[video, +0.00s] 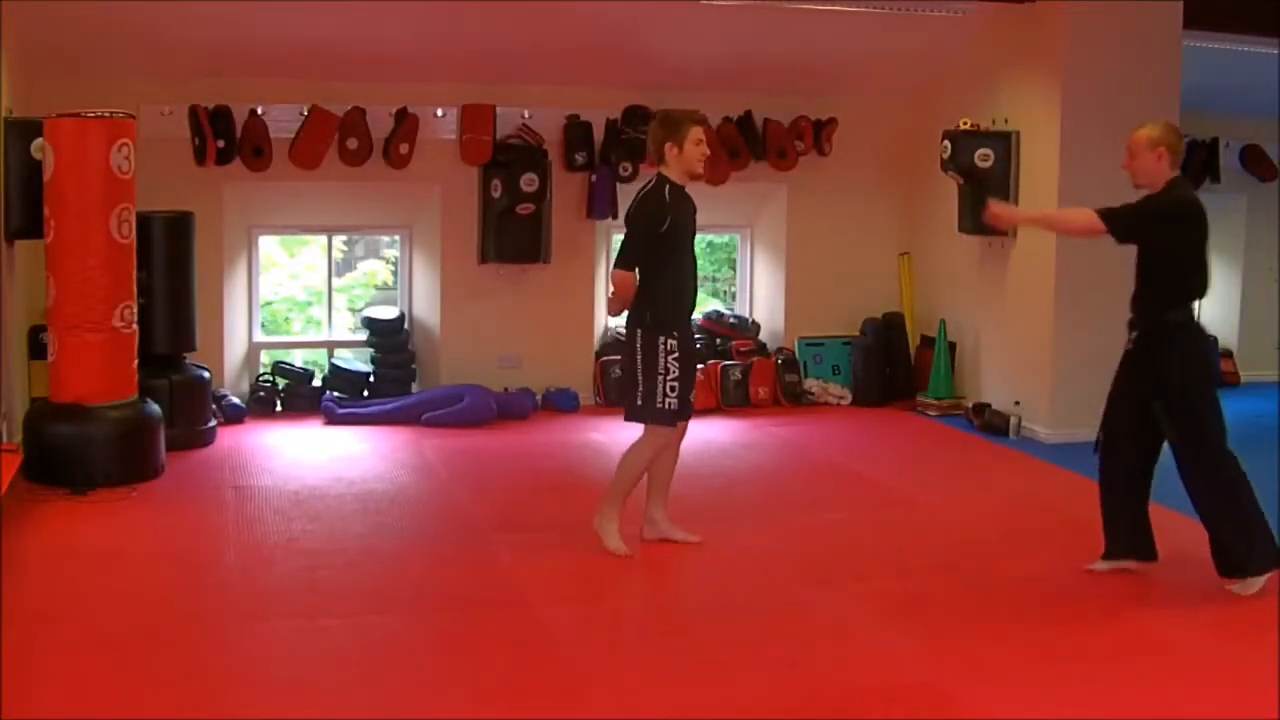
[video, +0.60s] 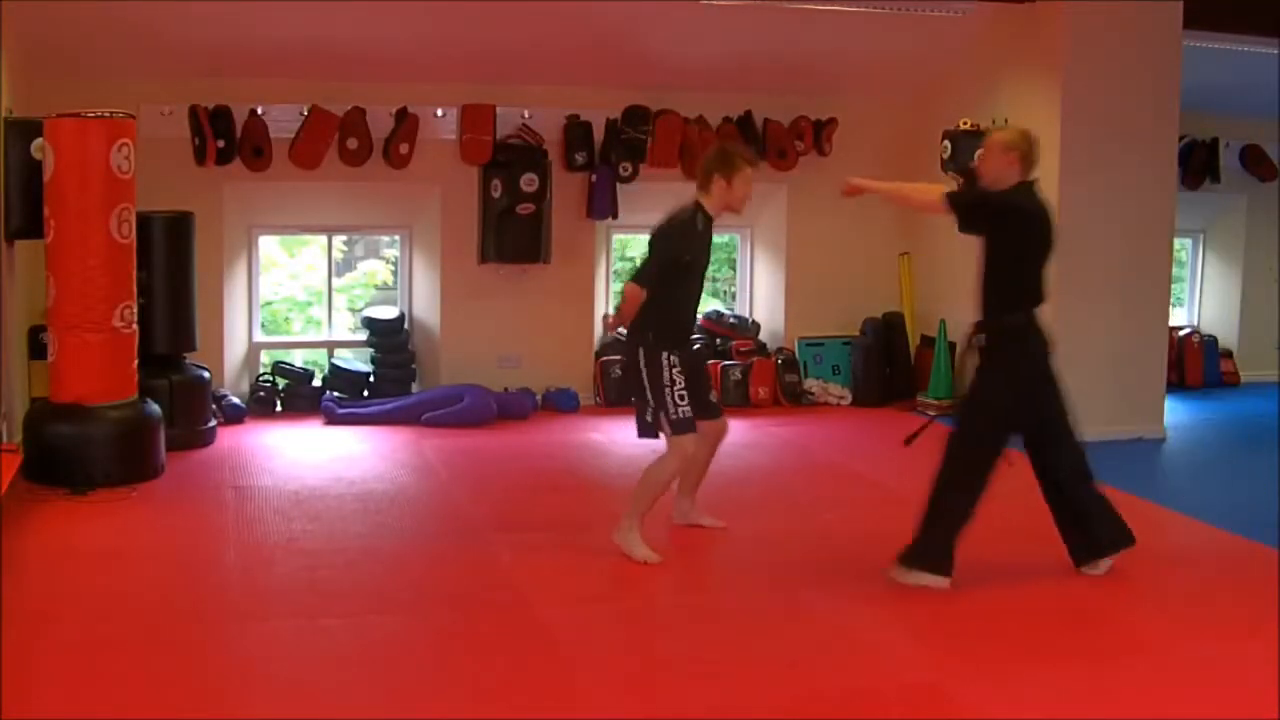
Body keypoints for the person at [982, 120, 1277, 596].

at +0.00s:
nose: (1126, 164)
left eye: (1132, 154)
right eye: (1127, 155)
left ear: (1161, 157)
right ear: (1161, 158)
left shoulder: (1174, 206)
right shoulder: (1168, 204)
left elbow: (1090, 223)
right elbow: (1095, 223)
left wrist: (1017, 216)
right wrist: (1022, 218)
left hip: (1176, 347)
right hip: (1148, 346)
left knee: (1204, 455)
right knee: (1121, 445)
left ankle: (1255, 558)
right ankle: (1128, 548)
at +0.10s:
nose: (1112, 168)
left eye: (1119, 160)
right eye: (1114, 159)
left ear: (1147, 164)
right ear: (1148, 166)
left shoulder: (1150, 212)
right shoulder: (1161, 210)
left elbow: (1068, 210)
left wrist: (1003, 195)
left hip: (1149, 352)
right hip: (1133, 351)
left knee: (1178, 458)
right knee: (1107, 454)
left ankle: (1248, 555)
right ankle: (1120, 558)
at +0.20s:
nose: (1091, 167)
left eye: (1098, 159)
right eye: (1093, 159)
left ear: (1126, 165)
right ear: (1126, 166)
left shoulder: (1129, 211)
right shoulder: (1132, 209)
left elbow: (1045, 202)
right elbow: (1046, 202)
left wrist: (977, 184)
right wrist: (982, 186)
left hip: (1126, 346)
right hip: (1112, 343)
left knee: (1127, 453)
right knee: (1098, 451)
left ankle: (1217, 542)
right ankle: (1115, 559)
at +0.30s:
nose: (1069, 154)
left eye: (1076, 147)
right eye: (1071, 146)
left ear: (1102, 154)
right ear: (1103, 154)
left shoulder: (1104, 200)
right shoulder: (1108, 198)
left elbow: (1023, 193)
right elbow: (1028, 194)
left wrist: (954, 176)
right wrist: (969, 178)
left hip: (1097, 337)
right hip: (1098, 333)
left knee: (1088, 445)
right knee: (1091, 444)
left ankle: (1146, 539)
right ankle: (1108, 553)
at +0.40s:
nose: (1042, 145)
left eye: (1050, 138)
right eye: (1046, 137)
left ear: (1076, 146)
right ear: (1079, 147)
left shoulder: (1076, 191)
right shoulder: (1087, 191)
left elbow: (1002, 187)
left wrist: (931, 176)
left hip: (1073, 328)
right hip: (1084, 325)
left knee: (1043, 439)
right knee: (1092, 436)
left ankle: (1077, 549)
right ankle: (1111, 545)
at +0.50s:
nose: (1011, 147)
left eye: (1021, 139)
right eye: (1015, 139)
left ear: (1047, 150)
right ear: (1047, 151)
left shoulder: (1046, 196)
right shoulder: (1054, 194)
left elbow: (967, 190)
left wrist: (899, 180)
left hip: (1047, 332)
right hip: (1054, 328)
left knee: (1015, 440)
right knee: (1073, 437)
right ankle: (1104, 544)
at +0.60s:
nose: (978, 160)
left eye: (987, 152)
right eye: (981, 151)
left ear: (1013, 160)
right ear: (1015, 162)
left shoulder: (1012, 206)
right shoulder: (1025, 205)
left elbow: (934, 200)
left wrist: (871, 186)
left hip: (1010, 346)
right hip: (1021, 341)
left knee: (969, 449)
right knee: (1051, 444)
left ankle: (930, 557)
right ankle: (1100, 540)